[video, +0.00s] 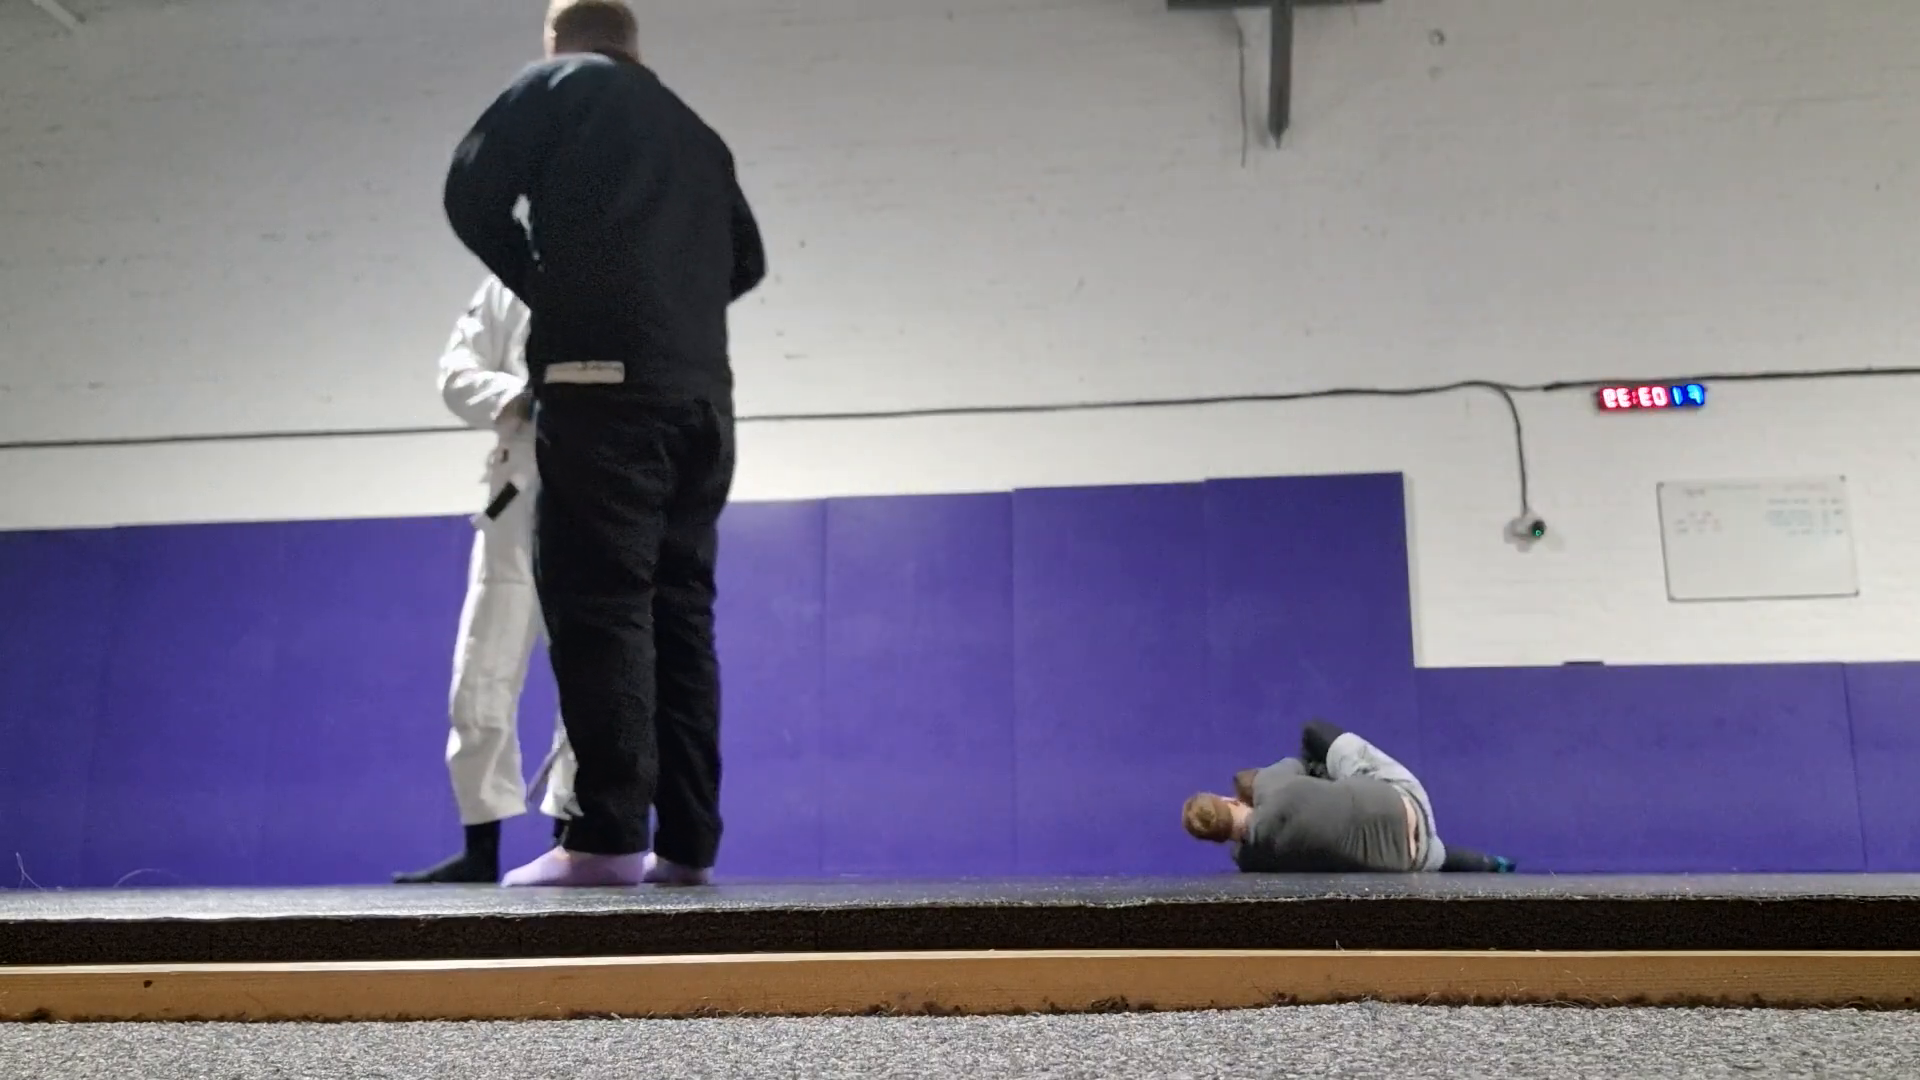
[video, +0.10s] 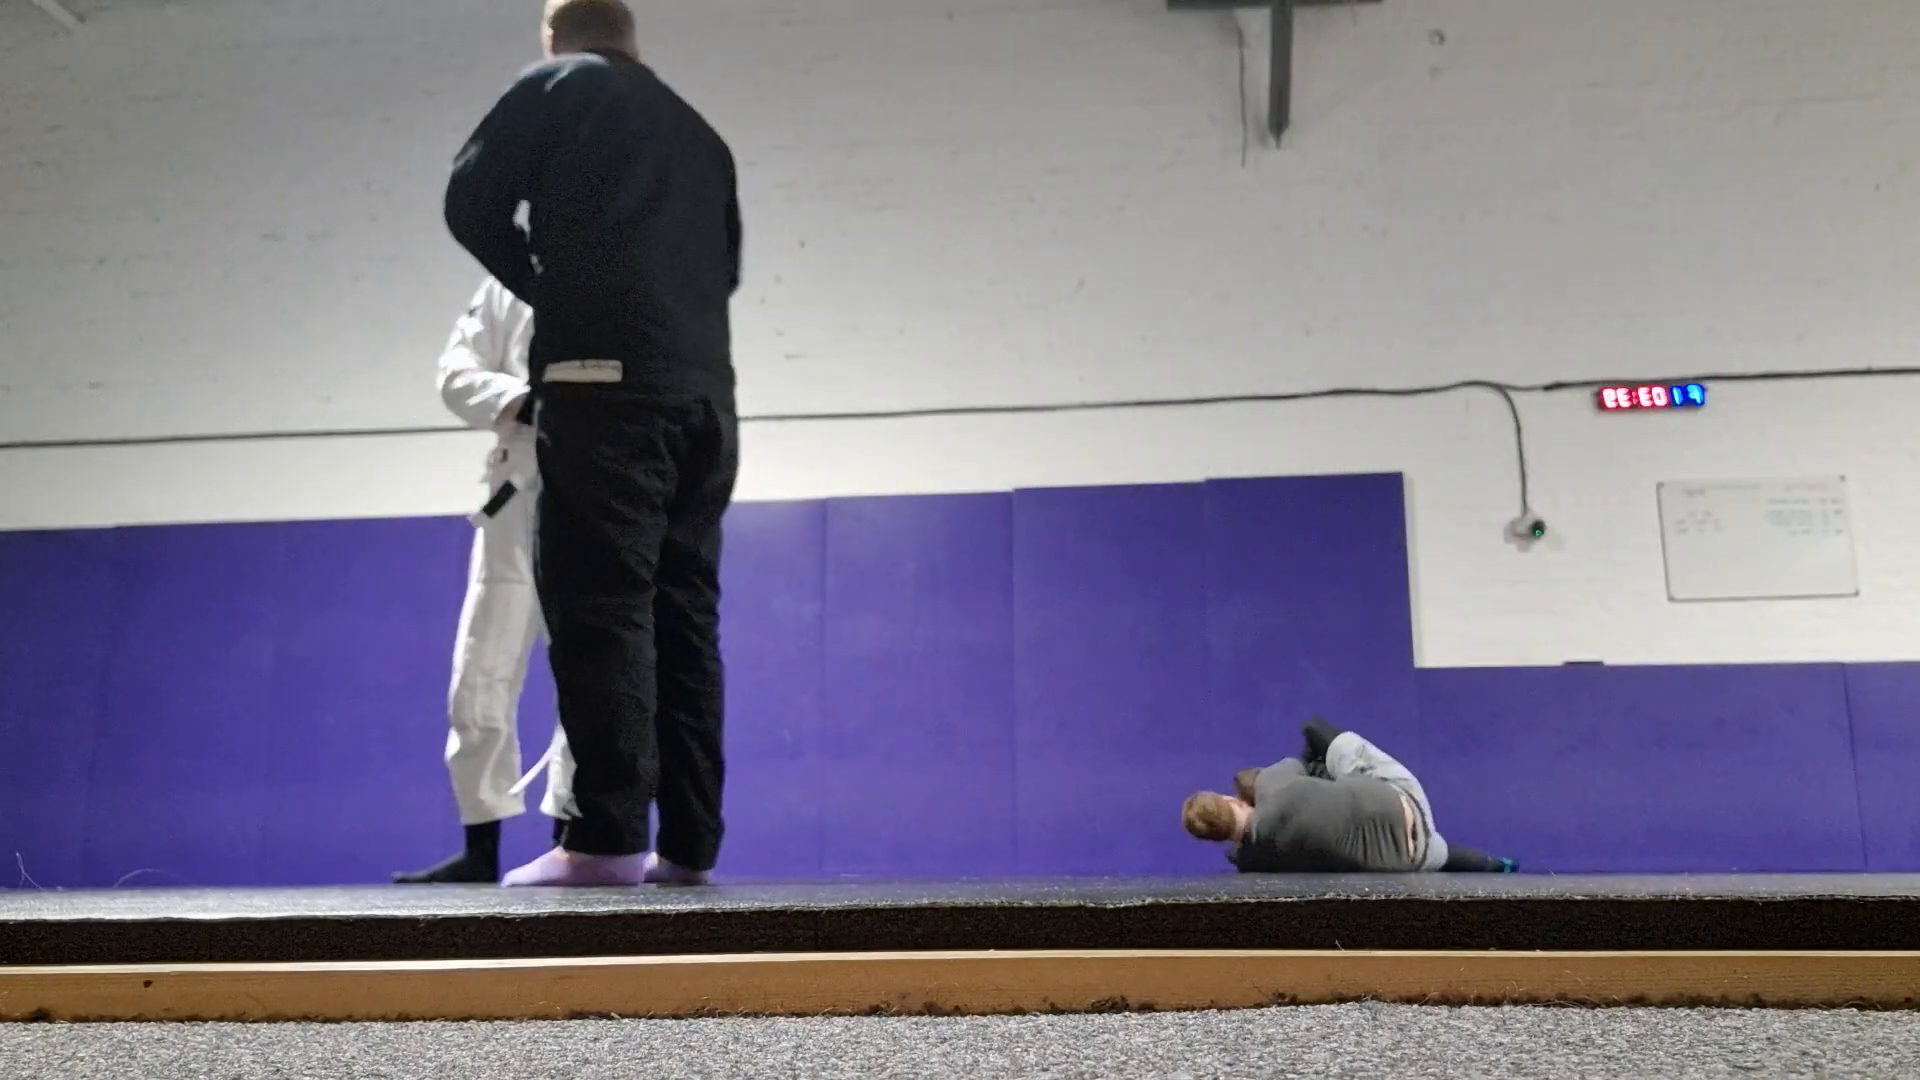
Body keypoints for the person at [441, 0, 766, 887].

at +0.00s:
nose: (544, 58)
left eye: (547, 49)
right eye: (552, 49)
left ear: (557, 44)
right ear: (635, 52)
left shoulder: (548, 83)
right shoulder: (698, 131)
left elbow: (468, 193)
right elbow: (746, 260)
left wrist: (546, 290)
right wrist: (661, 301)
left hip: (599, 393)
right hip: (702, 397)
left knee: (598, 613)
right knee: (683, 610)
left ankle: (606, 845)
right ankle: (689, 849)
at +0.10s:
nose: (542, 55)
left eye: (544, 45)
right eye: (551, 45)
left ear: (554, 40)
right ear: (632, 46)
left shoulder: (547, 88)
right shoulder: (703, 136)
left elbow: (471, 203)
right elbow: (725, 267)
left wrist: (545, 292)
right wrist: (642, 309)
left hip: (601, 400)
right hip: (705, 404)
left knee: (599, 618)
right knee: (685, 616)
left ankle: (605, 847)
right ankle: (689, 848)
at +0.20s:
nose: (543, 50)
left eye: (544, 39)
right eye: (551, 40)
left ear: (553, 37)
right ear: (631, 41)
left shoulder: (546, 89)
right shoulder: (702, 131)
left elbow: (466, 201)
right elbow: (706, 267)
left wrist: (540, 288)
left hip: (600, 399)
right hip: (704, 404)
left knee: (600, 619)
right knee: (685, 616)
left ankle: (604, 846)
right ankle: (689, 848)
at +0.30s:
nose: (545, 50)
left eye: (545, 39)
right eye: (553, 41)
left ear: (555, 36)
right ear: (634, 37)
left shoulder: (547, 87)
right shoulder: (703, 134)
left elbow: (462, 192)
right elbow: (699, 266)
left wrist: (536, 286)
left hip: (598, 399)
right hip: (703, 405)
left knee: (600, 617)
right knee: (685, 615)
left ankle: (602, 845)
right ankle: (689, 848)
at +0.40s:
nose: (546, 50)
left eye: (546, 39)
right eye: (555, 42)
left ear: (555, 35)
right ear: (635, 38)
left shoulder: (546, 84)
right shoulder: (706, 134)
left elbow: (462, 165)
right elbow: (713, 275)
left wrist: (512, 282)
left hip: (596, 396)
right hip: (701, 403)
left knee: (597, 614)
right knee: (682, 612)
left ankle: (603, 845)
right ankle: (688, 848)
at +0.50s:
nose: (545, 46)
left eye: (545, 35)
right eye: (554, 38)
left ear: (555, 32)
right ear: (635, 34)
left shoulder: (542, 84)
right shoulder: (704, 132)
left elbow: (470, 155)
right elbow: (703, 275)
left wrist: (484, 288)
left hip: (594, 399)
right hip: (700, 404)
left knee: (596, 615)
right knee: (681, 611)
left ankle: (603, 846)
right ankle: (688, 848)